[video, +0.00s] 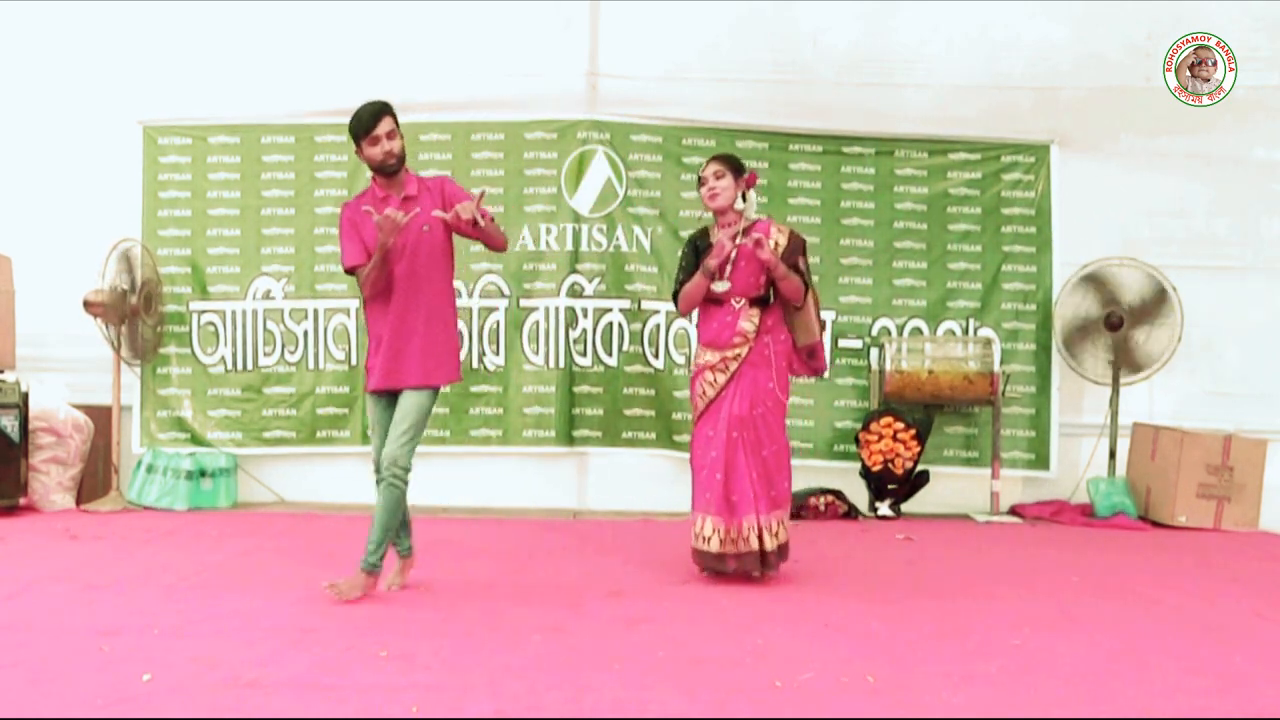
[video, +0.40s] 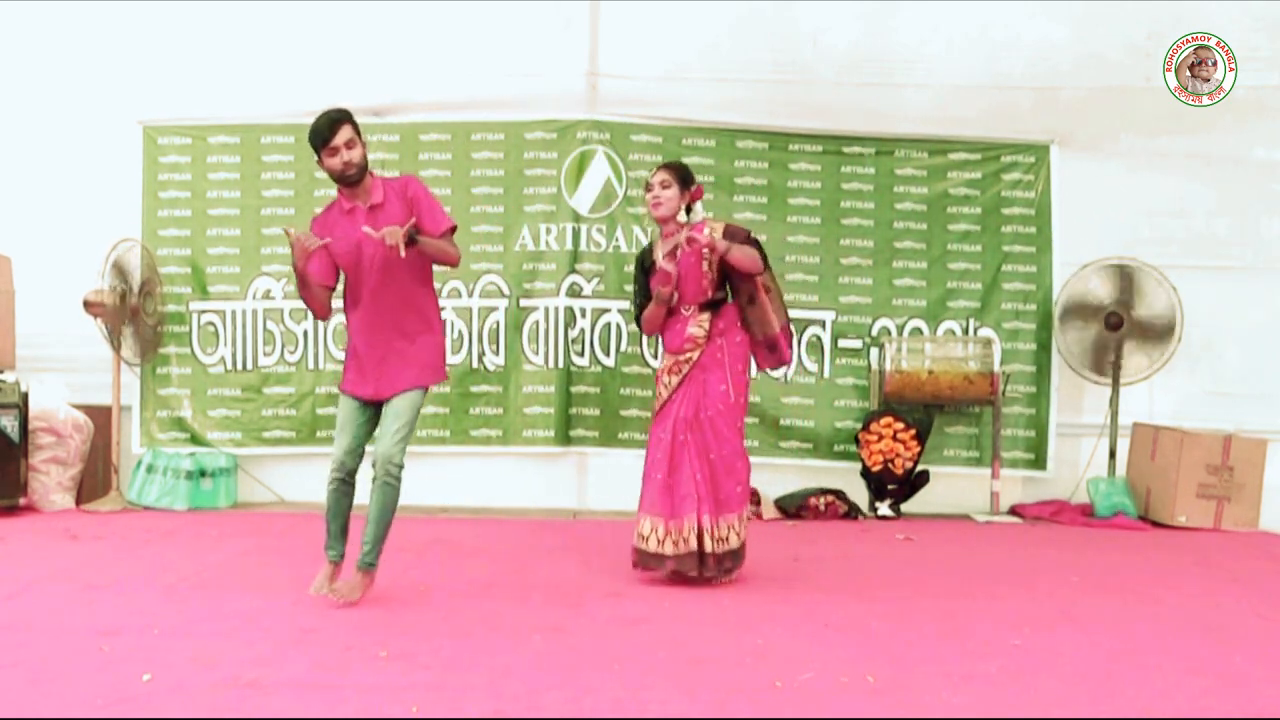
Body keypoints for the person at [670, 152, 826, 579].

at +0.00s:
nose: (709, 187)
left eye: (718, 179)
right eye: (703, 183)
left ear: (742, 184)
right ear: (700, 194)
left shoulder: (775, 237)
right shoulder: (699, 243)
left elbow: (798, 298)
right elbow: (683, 304)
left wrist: (772, 264)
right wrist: (712, 263)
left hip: (763, 351)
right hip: (715, 353)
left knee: (753, 437)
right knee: (713, 440)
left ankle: (757, 544)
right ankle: (720, 545)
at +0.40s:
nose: (654, 195)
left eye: (664, 188)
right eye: (650, 190)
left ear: (690, 194)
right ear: (646, 200)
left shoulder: (716, 233)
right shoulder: (651, 256)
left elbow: (757, 264)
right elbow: (649, 326)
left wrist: (719, 246)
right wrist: (662, 291)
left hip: (722, 345)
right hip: (677, 351)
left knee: (714, 436)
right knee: (673, 438)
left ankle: (719, 546)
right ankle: (682, 548)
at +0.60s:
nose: (625, 207)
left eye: (636, 200)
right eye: (622, 200)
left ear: (660, 208)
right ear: (618, 211)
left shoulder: (685, 243)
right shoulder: (626, 272)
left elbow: (717, 273)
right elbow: (628, 342)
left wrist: (680, 261)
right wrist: (634, 307)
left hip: (696, 351)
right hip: (655, 359)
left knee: (682, 437)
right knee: (632, 439)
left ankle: (687, 547)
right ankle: (644, 548)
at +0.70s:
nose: (616, 211)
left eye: (627, 205)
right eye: (613, 204)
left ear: (650, 214)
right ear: (609, 215)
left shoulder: (672, 249)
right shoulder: (616, 272)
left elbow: (696, 290)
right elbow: (615, 347)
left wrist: (653, 269)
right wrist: (616, 309)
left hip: (683, 358)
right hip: (644, 365)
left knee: (665, 441)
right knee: (613, 442)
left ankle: (675, 551)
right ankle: (629, 551)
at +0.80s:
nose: (600, 195)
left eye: (610, 190)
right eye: (596, 189)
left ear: (632, 202)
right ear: (591, 200)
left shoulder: (651, 239)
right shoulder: (596, 254)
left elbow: (653, 293)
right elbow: (590, 326)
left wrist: (609, 265)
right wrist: (586, 287)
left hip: (658, 350)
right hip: (621, 353)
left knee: (648, 441)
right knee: (602, 438)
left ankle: (657, 548)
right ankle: (609, 548)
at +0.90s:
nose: (587, 189)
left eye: (599, 184)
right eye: (585, 182)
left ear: (621, 196)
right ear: (579, 192)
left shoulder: (636, 234)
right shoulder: (582, 247)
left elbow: (635, 290)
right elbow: (571, 317)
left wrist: (593, 260)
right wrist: (568, 278)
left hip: (642, 341)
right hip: (606, 345)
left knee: (627, 429)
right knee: (592, 430)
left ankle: (646, 538)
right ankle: (604, 545)